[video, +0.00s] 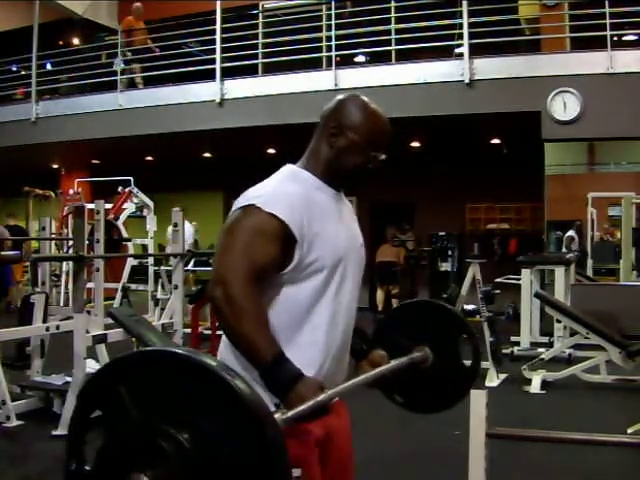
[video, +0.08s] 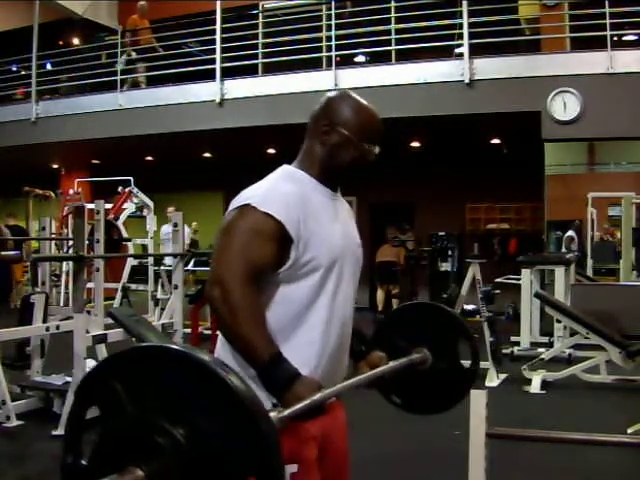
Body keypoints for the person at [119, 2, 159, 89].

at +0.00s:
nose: (139, 12)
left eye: (140, 9)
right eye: (137, 9)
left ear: (142, 10)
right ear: (133, 10)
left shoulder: (141, 22)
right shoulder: (128, 20)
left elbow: (146, 38)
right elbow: (122, 34)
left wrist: (154, 48)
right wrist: (124, 48)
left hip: (140, 49)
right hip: (132, 48)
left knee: (128, 70)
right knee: (137, 69)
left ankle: (122, 87)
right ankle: (141, 88)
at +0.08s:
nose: (144, 10)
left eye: (145, 8)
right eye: (142, 7)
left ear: (147, 9)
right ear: (138, 8)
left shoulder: (146, 21)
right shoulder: (133, 19)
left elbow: (150, 36)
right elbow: (128, 35)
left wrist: (158, 47)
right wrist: (128, 49)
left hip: (146, 47)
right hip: (137, 47)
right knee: (140, 67)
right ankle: (143, 85)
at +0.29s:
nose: (156, 5)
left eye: (157, 3)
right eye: (154, 2)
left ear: (159, 4)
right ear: (150, 3)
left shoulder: (158, 17)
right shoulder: (146, 15)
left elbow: (159, 31)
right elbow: (143, 31)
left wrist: (160, 42)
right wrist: (146, 43)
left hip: (158, 43)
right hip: (149, 43)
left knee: (162, 65)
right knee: (147, 66)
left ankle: (152, 83)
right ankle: (145, 86)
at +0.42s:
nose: (165, 5)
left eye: (166, 3)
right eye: (163, 3)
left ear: (167, 4)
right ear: (159, 3)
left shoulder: (165, 16)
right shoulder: (154, 15)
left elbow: (166, 30)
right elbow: (151, 30)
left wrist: (166, 40)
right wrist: (156, 42)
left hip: (165, 43)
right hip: (156, 43)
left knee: (170, 64)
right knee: (151, 65)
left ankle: (171, 84)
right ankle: (147, 86)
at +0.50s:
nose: (170, 6)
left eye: (172, 3)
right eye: (169, 3)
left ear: (173, 4)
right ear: (164, 3)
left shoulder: (170, 16)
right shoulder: (160, 15)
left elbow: (170, 29)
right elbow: (157, 32)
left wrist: (172, 38)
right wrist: (163, 41)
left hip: (171, 42)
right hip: (164, 43)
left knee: (174, 64)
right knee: (155, 64)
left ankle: (178, 83)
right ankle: (148, 84)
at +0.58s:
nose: (177, 5)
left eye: (177, 3)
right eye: (175, 2)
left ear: (178, 4)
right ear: (171, 3)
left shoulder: (176, 16)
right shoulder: (166, 14)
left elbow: (177, 30)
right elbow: (163, 30)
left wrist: (180, 41)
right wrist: (169, 42)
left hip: (177, 42)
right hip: (170, 43)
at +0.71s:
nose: (186, 4)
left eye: (186, 2)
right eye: (184, 2)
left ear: (187, 3)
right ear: (180, 2)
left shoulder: (186, 13)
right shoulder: (174, 12)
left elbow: (187, 29)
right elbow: (171, 28)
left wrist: (190, 41)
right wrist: (175, 41)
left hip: (187, 42)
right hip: (179, 42)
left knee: (187, 64)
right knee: (179, 62)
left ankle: (184, 84)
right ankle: (163, 82)